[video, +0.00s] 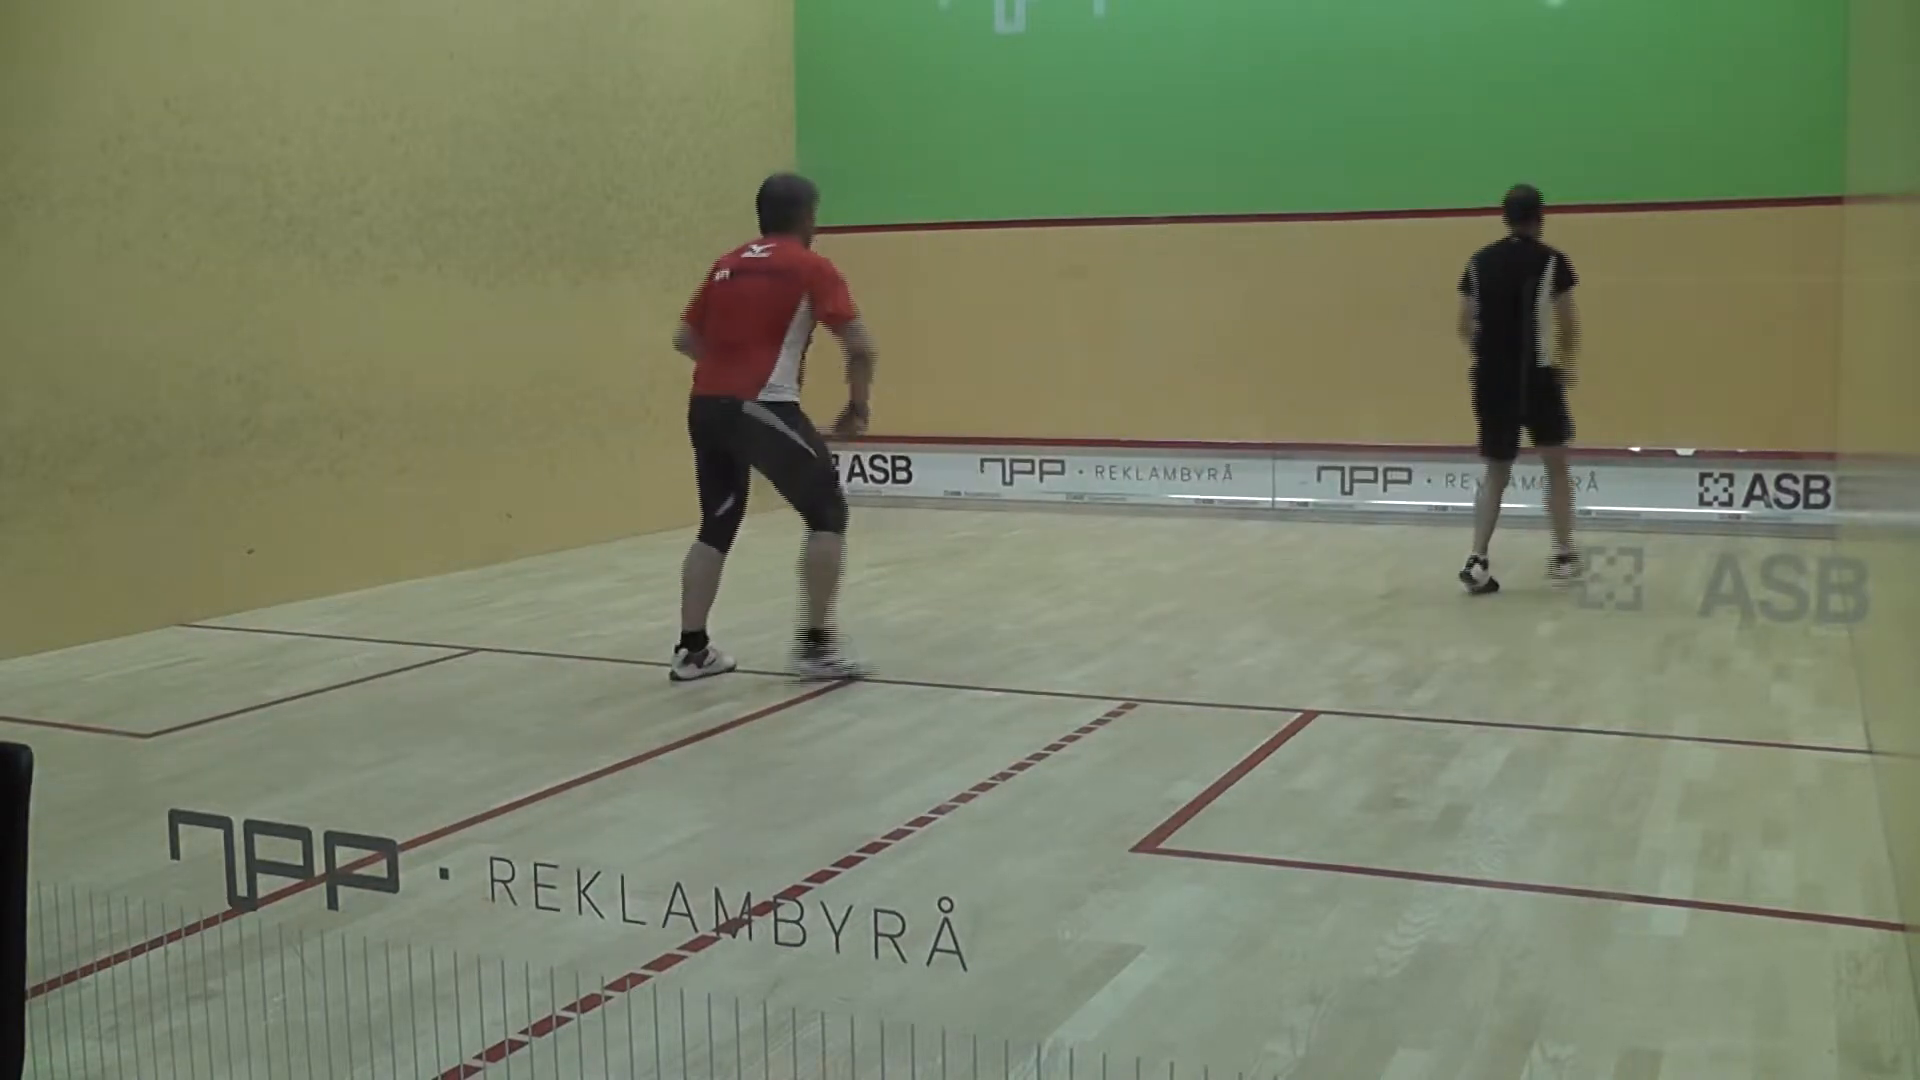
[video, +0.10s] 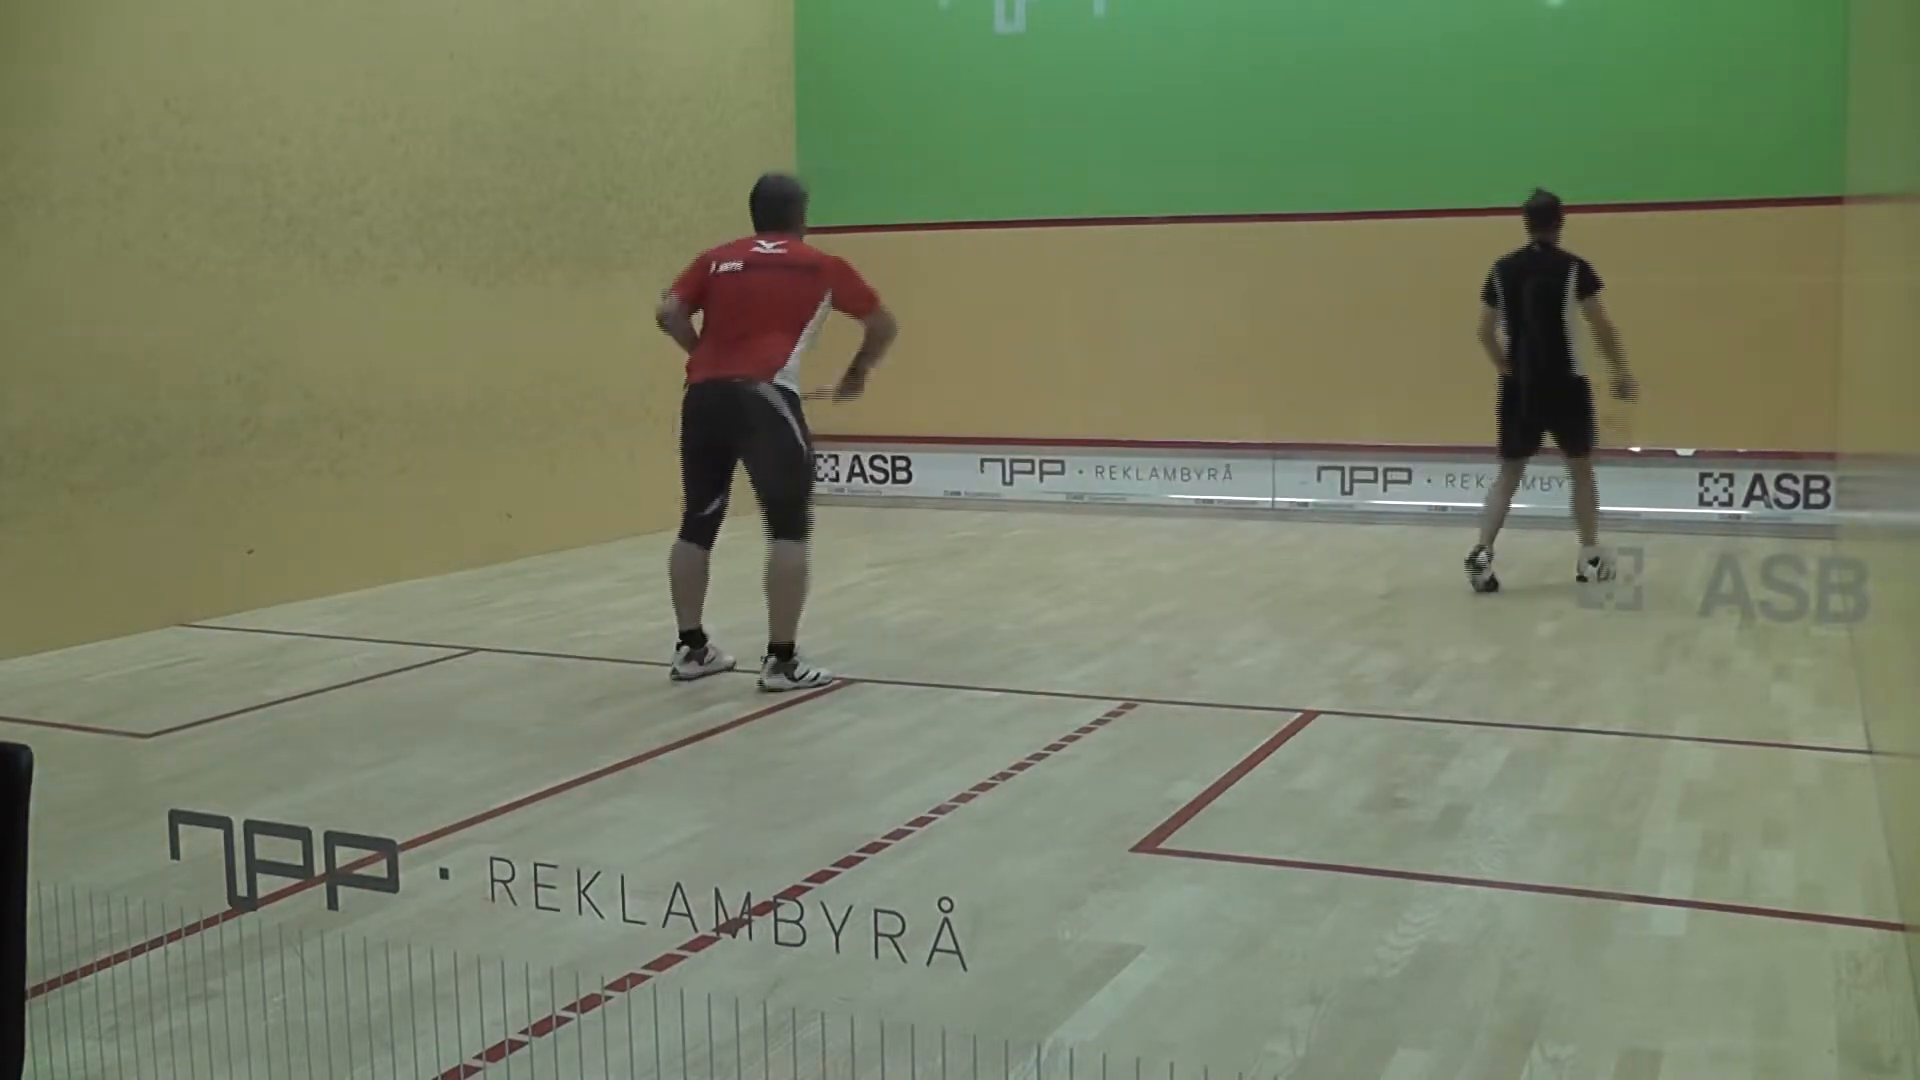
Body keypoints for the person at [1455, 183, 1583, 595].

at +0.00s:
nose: (1536, 223)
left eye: (1519, 216)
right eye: (1537, 216)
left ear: (1504, 218)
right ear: (1540, 218)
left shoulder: (1481, 261)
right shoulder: (1554, 262)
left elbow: (1466, 323)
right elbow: (1569, 323)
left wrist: (1483, 353)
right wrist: (1562, 366)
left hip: (1491, 379)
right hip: (1538, 378)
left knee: (1495, 470)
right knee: (1557, 467)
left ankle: (1476, 559)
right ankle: (1564, 556)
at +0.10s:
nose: (1556, 227)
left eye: (1542, 219)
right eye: (1559, 220)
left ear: (1526, 223)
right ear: (1560, 222)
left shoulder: (1504, 268)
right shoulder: (1576, 269)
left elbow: (1486, 331)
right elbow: (1601, 324)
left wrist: (1504, 365)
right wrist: (1618, 370)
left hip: (1517, 386)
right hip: (1565, 386)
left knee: (1509, 472)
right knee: (1582, 471)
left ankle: (1481, 554)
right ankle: (1590, 558)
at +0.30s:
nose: (1536, 220)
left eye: (1539, 214)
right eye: (1539, 213)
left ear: (1546, 218)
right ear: (1577, 219)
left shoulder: (1532, 263)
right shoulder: (1603, 260)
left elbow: (1524, 325)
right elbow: (1627, 318)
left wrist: (1522, 373)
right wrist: (1658, 369)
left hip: (1550, 377)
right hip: (1593, 377)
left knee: (1549, 460)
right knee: (1597, 468)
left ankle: (1537, 530)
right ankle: (1591, 554)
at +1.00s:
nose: (1567, 220)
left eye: (1574, 214)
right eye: (1569, 213)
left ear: (1594, 220)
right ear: (1600, 220)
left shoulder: (1591, 261)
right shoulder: (1624, 256)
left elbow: (1591, 321)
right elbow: (1635, 319)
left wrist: (1560, 347)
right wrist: (1600, 341)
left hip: (1595, 370)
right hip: (1623, 369)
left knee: (1579, 457)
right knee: (1614, 452)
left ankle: (1582, 548)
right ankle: (1643, 542)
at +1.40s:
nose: (1584, 216)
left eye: (1594, 210)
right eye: (1584, 208)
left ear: (1614, 217)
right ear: (1586, 213)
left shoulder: (1624, 259)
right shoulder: (1593, 259)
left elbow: (1632, 320)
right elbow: (1594, 319)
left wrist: (1610, 368)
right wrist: (1576, 361)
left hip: (1619, 367)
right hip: (1601, 367)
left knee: (1596, 455)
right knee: (1617, 455)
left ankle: (1616, 551)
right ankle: (1642, 542)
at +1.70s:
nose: (1583, 214)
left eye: (1593, 208)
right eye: (1580, 207)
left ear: (1611, 214)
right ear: (1575, 210)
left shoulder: (1628, 260)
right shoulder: (1572, 262)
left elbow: (1644, 326)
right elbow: (1573, 327)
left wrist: (1646, 385)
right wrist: (1559, 379)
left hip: (1613, 375)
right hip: (1577, 375)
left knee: (1606, 465)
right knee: (1562, 459)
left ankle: (1619, 556)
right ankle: (1602, 535)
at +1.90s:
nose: (1566, 213)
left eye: (1575, 207)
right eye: (1562, 206)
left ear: (1593, 213)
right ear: (1556, 211)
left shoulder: (1613, 257)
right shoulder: (1552, 262)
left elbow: (1638, 319)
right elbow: (1552, 322)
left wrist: (1647, 382)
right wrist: (1534, 373)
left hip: (1604, 375)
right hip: (1560, 374)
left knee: (1604, 465)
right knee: (1533, 456)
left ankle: (1619, 558)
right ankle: (1544, 557)